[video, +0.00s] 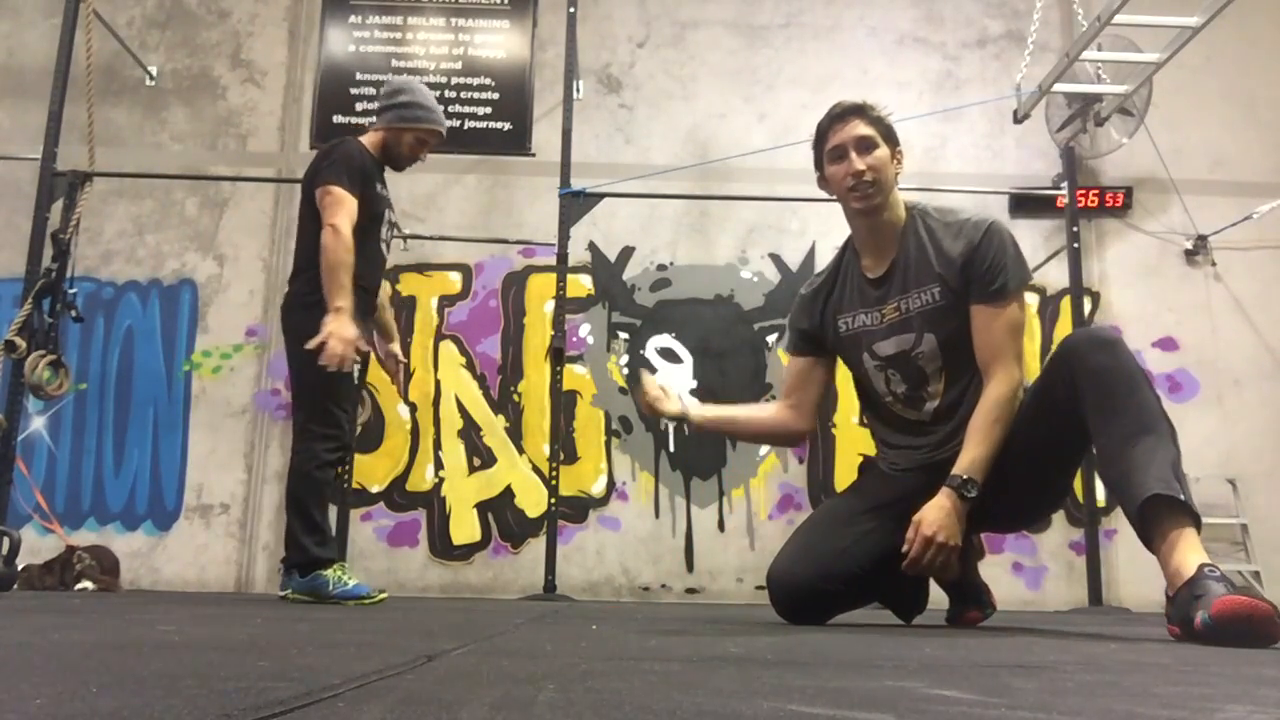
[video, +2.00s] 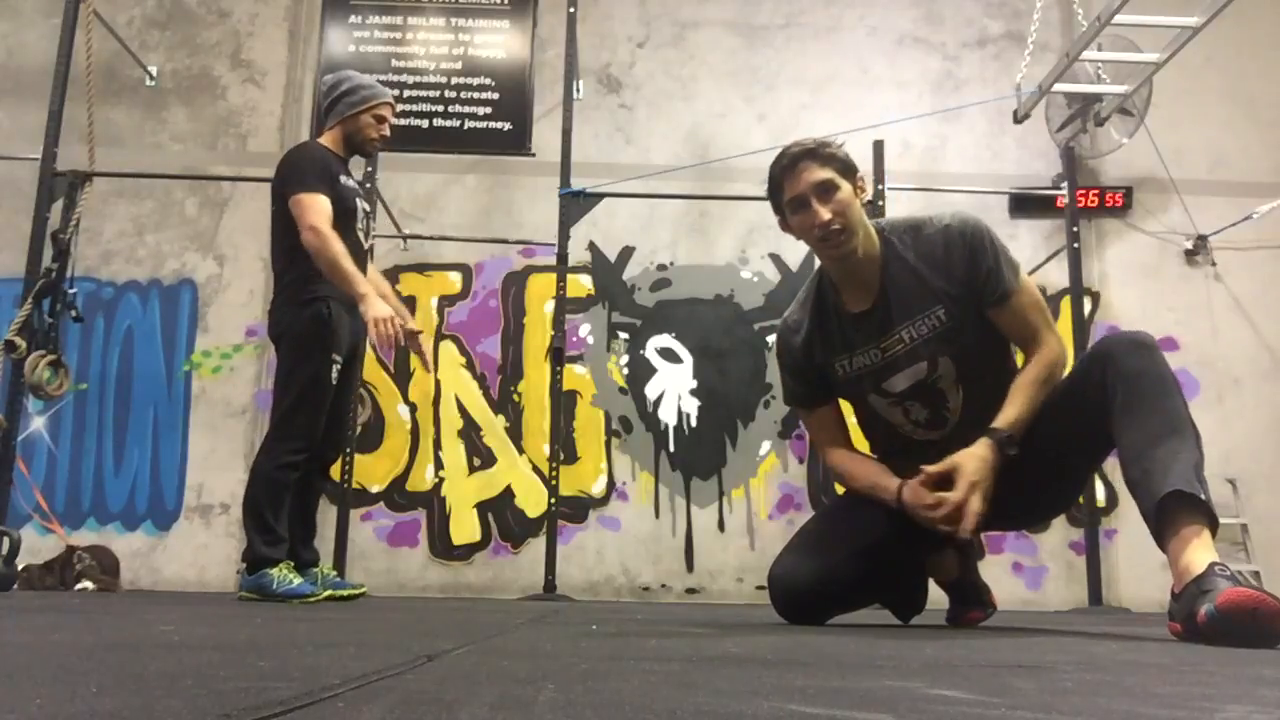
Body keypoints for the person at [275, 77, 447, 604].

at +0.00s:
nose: (423, 154)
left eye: (429, 147)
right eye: (421, 143)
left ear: (401, 132)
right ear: (395, 124)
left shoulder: (369, 174)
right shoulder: (346, 156)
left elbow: (370, 269)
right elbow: (334, 231)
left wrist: (387, 336)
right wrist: (340, 313)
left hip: (340, 321)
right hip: (323, 317)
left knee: (329, 441)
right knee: (322, 441)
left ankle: (314, 566)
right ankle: (308, 567)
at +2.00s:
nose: (386, 131)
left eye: (389, 122)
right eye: (378, 119)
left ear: (360, 120)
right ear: (344, 115)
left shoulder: (344, 176)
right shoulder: (307, 159)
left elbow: (359, 260)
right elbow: (315, 234)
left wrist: (397, 308)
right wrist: (365, 295)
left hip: (342, 319)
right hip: (311, 316)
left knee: (320, 445)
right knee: (291, 440)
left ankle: (301, 564)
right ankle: (263, 566)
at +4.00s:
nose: (389, 115)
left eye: (387, 107)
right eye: (379, 106)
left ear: (359, 116)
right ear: (347, 112)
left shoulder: (354, 175)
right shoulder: (319, 161)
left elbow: (360, 269)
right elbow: (314, 240)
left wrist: (384, 336)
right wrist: (340, 316)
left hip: (348, 330)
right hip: (319, 325)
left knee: (323, 452)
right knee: (295, 442)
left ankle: (302, 564)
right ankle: (263, 566)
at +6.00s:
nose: (387, 117)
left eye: (385, 108)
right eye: (378, 107)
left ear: (357, 116)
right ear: (346, 112)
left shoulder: (353, 175)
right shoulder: (316, 163)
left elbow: (359, 265)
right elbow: (312, 242)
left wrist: (380, 335)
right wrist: (335, 317)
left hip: (348, 327)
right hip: (319, 323)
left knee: (324, 450)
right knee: (296, 441)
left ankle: (302, 564)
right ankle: (262, 566)